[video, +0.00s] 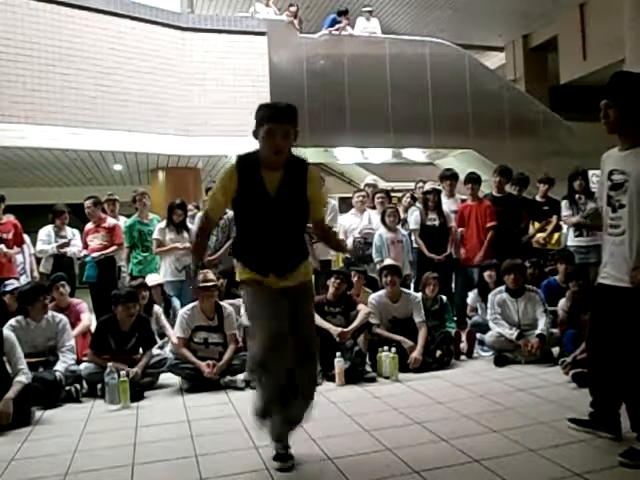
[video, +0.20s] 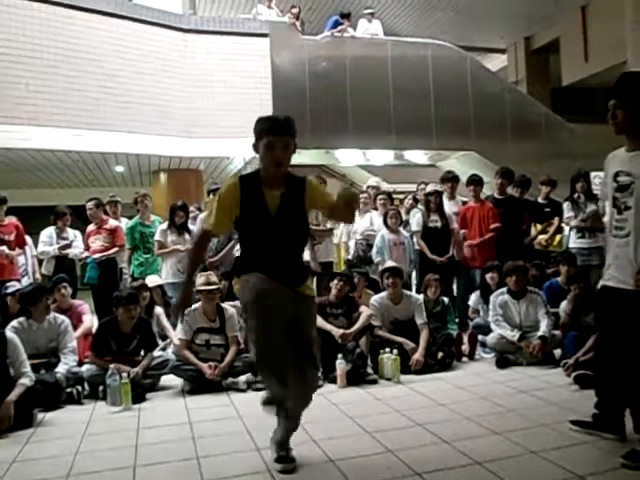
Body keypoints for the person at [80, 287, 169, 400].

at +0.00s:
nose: (131, 311)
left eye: (134, 306)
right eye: (126, 307)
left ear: (138, 307)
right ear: (115, 309)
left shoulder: (143, 322)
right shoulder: (104, 324)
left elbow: (149, 350)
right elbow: (92, 356)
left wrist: (139, 368)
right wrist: (115, 366)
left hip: (134, 363)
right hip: (109, 364)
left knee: (163, 358)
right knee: (86, 369)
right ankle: (137, 382)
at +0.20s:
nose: (133, 314)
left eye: (135, 309)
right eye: (127, 310)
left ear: (139, 309)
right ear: (116, 311)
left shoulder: (144, 324)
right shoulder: (105, 326)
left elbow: (151, 351)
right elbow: (93, 358)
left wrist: (139, 369)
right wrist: (118, 368)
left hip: (135, 365)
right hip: (111, 366)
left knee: (166, 359)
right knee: (87, 371)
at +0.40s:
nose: (132, 313)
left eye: (135, 308)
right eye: (127, 309)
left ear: (139, 309)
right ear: (116, 311)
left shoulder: (144, 325)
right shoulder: (105, 327)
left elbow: (152, 352)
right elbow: (93, 358)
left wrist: (142, 371)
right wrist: (118, 368)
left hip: (137, 365)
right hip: (112, 366)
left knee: (168, 360)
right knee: (89, 372)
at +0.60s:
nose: (130, 313)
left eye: (133, 308)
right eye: (125, 309)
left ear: (138, 309)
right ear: (114, 311)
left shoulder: (144, 324)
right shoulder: (104, 327)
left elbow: (152, 352)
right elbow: (93, 358)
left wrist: (142, 371)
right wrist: (118, 366)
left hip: (137, 363)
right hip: (112, 366)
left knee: (168, 360)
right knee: (89, 372)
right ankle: (139, 384)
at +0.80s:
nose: (130, 313)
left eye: (133, 309)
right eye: (125, 309)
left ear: (138, 309)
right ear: (114, 311)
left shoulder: (144, 324)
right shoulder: (104, 327)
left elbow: (153, 352)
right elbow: (93, 358)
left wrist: (141, 372)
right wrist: (119, 366)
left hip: (136, 364)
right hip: (111, 366)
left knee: (167, 360)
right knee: (89, 372)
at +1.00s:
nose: (130, 313)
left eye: (133, 308)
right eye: (125, 309)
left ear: (137, 309)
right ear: (114, 311)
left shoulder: (144, 325)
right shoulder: (104, 327)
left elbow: (153, 352)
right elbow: (93, 358)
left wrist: (141, 372)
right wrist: (118, 366)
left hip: (137, 364)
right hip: (111, 366)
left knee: (167, 360)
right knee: (89, 372)